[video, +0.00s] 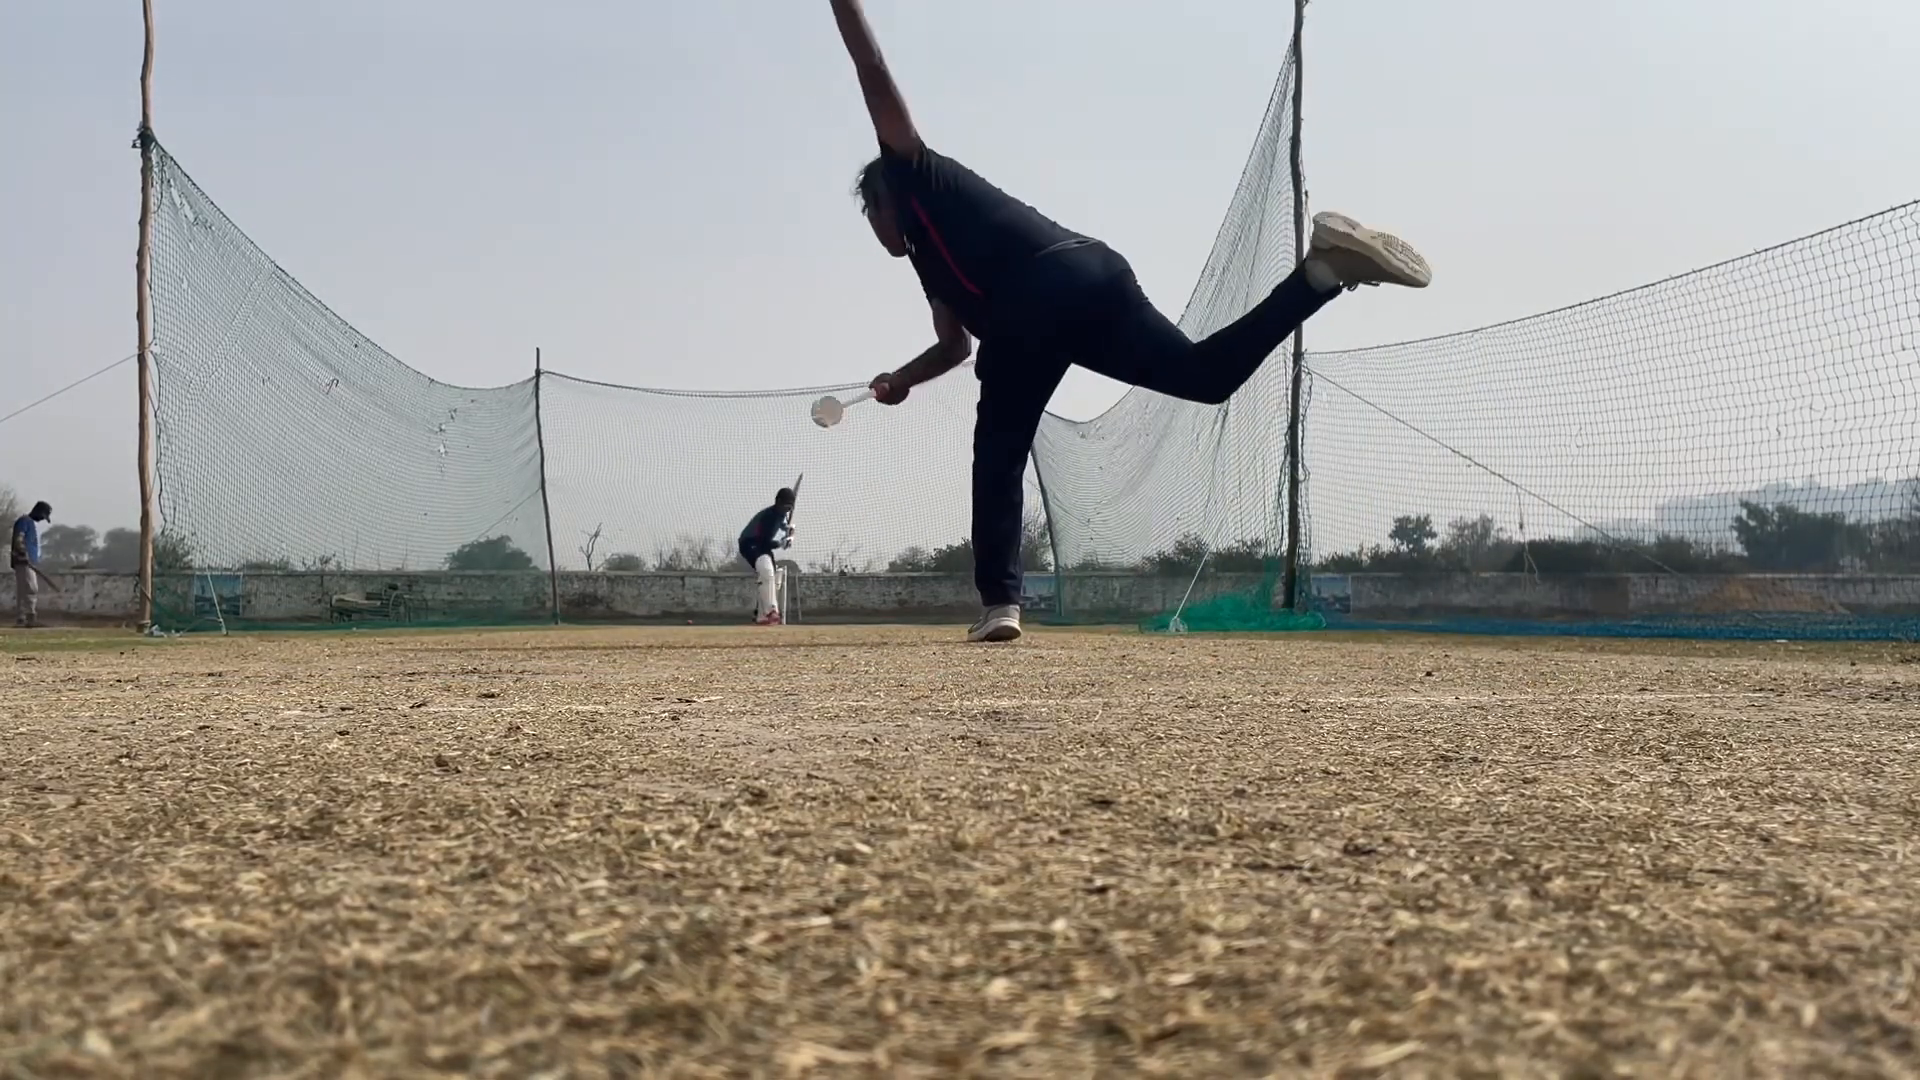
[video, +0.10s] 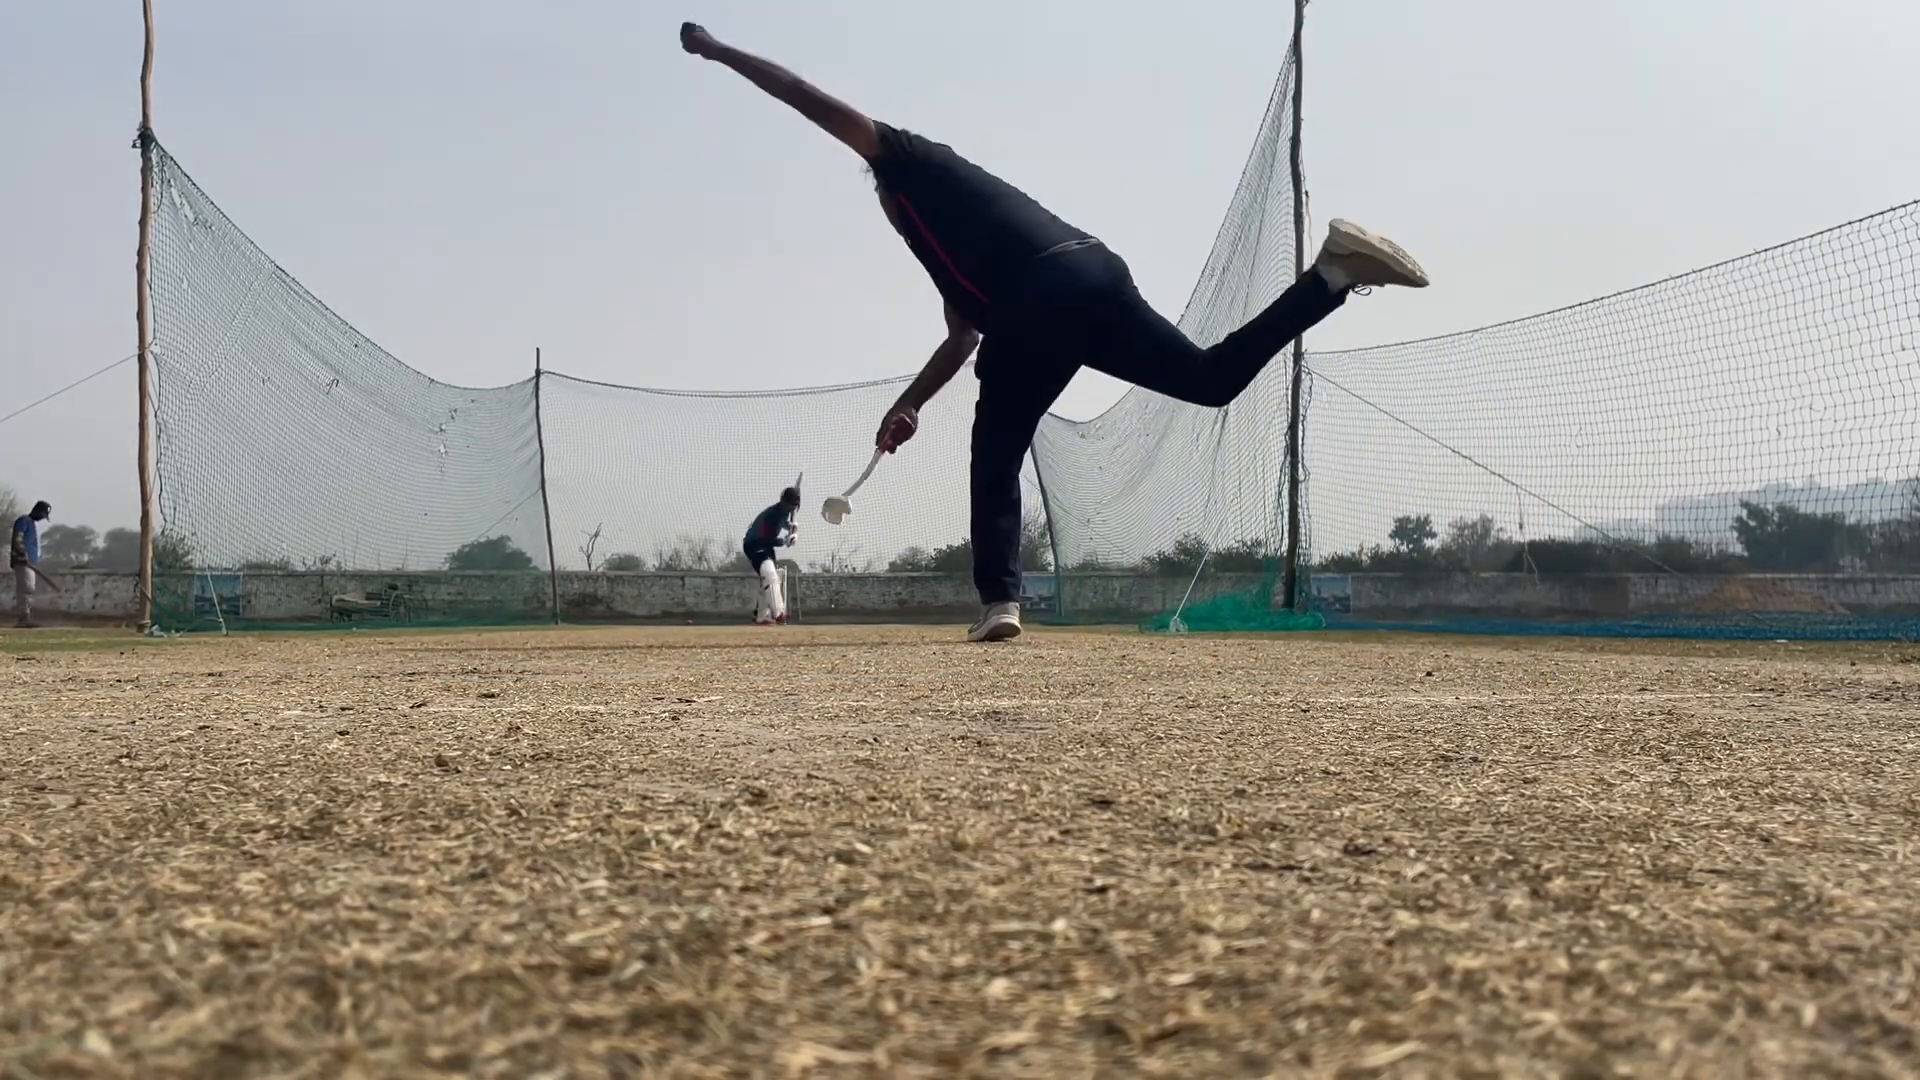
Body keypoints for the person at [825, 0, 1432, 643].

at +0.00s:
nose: (875, 234)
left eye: (871, 216)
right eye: (871, 222)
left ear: (887, 192)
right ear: (898, 209)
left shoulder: (910, 169)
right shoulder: (940, 267)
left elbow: (869, 66)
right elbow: (952, 348)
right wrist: (901, 380)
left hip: (1029, 305)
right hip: (1095, 282)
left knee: (997, 457)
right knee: (1206, 378)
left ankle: (1000, 609)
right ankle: (1324, 271)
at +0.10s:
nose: (884, 206)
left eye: (881, 195)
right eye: (884, 199)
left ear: (892, 181)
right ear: (914, 199)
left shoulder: (913, 161)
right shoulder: (957, 246)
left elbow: (807, 97)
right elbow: (959, 341)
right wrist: (905, 409)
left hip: (1036, 297)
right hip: (1102, 284)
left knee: (995, 450)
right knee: (1212, 379)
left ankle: (1001, 612)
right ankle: (1337, 274)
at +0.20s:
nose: (875, 170)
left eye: (880, 159)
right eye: (882, 163)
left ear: (893, 146)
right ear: (937, 140)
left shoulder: (902, 159)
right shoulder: (977, 180)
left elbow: (804, 191)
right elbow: (1001, 307)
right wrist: (957, 403)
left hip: (1035, 295)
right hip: (1096, 275)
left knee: (994, 458)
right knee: (1171, 403)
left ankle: (1000, 607)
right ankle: (1305, 332)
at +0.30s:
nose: (889, 156)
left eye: (890, 148)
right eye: (892, 148)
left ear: (898, 140)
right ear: (945, 131)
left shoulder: (904, 167)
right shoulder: (981, 163)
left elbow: (842, 264)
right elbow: (1021, 254)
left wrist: (816, 350)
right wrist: (997, 348)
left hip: (1034, 287)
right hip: (1094, 268)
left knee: (995, 449)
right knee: (1114, 419)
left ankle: (1000, 602)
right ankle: (1255, 434)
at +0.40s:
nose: (899, 153)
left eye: (898, 145)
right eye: (901, 145)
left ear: (905, 141)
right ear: (952, 130)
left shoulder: (911, 175)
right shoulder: (991, 159)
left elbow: (914, 277)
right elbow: (1022, 244)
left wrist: (918, 383)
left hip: (1026, 284)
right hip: (1090, 267)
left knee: (995, 452)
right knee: (1089, 418)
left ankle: (998, 601)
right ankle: (1178, 544)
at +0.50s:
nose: (910, 148)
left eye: (910, 140)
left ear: (914, 136)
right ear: (963, 128)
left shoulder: (921, 167)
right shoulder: (1010, 161)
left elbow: (956, 232)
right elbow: (1093, 242)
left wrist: (991, 317)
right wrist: (1123, 326)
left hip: (1029, 291)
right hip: (1092, 279)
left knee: (991, 449)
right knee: (1089, 438)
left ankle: (997, 599)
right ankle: (1110, 595)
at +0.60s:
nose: (929, 139)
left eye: (928, 131)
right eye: (933, 130)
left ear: (932, 129)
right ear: (981, 124)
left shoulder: (938, 152)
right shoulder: (1026, 164)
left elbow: (972, 183)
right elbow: (1101, 255)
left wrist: (1007, 242)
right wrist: (1139, 341)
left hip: (1036, 293)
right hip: (1099, 294)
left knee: (990, 452)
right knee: (1076, 452)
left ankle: (997, 596)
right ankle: (1093, 603)